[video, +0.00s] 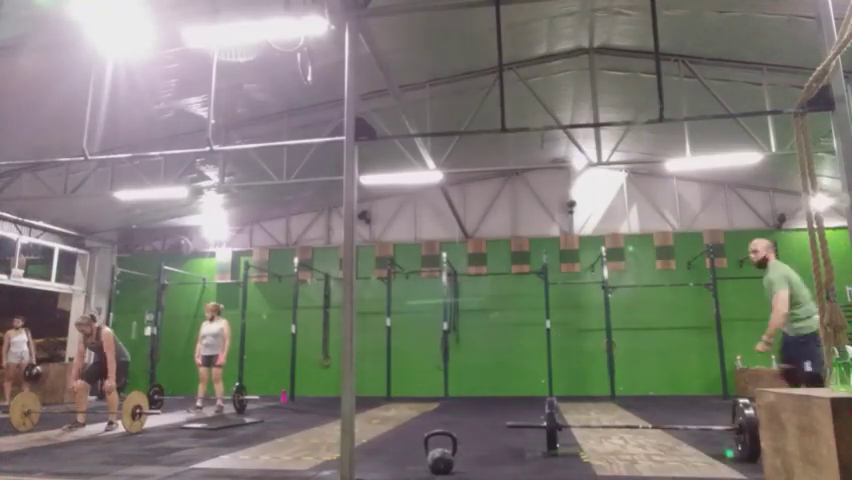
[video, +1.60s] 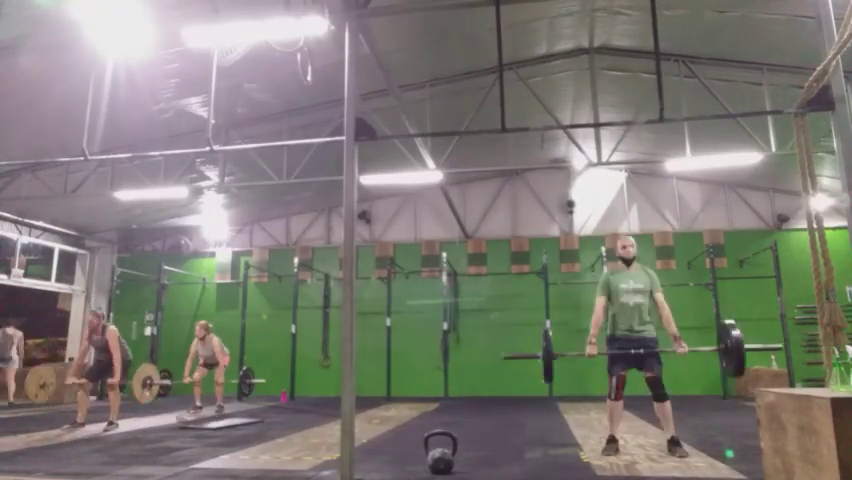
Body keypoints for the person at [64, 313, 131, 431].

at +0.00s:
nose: (82, 332)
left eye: (83, 329)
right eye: (80, 330)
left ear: (91, 325)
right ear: (80, 329)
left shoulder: (105, 333)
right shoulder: (84, 336)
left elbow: (111, 357)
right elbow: (80, 357)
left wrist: (111, 379)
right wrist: (74, 379)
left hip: (119, 360)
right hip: (102, 361)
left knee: (109, 387)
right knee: (81, 385)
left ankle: (112, 421)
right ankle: (80, 420)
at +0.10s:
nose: (83, 343)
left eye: (84, 340)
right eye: (81, 341)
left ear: (91, 334)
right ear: (79, 338)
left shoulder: (104, 338)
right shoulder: (83, 343)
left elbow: (107, 364)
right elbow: (76, 367)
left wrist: (108, 389)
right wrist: (67, 391)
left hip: (120, 363)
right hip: (102, 364)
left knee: (111, 385)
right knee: (81, 385)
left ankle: (112, 420)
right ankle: (80, 420)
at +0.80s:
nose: (84, 332)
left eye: (87, 329)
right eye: (82, 329)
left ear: (96, 329)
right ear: (81, 330)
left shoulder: (107, 339)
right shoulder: (84, 340)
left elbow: (113, 363)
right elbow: (78, 362)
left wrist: (115, 388)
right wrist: (70, 385)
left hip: (120, 362)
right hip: (102, 362)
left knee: (110, 385)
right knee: (81, 385)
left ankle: (112, 421)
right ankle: (80, 421)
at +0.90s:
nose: (90, 314)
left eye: (93, 311)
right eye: (88, 311)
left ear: (101, 312)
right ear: (87, 312)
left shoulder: (109, 324)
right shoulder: (88, 325)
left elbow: (116, 348)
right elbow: (81, 346)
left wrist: (117, 369)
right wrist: (71, 367)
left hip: (113, 356)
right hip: (99, 356)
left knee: (111, 385)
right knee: (84, 383)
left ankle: (112, 421)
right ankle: (80, 420)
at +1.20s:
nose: (87, 322)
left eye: (90, 319)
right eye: (86, 319)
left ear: (98, 318)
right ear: (85, 318)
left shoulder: (109, 327)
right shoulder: (87, 328)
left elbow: (116, 350)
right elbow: (80, 349)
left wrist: (117, 372)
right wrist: (71, 371)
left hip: (118, 357)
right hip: (101, 357)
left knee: (113, 384)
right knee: (86, 384)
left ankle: (113, 420)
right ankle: (80, 420)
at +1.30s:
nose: (85, 339)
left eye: (87, 336)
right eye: (83, 336)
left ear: (96, 333)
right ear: (82, 335)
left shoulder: (108, 340)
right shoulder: (85, 342)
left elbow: (114, 364)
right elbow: (77, 363)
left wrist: (114, 386)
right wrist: (67, 386)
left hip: (121, 364)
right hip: (102, 365)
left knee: (110, 385)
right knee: (81, 386)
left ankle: (113, 421)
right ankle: (80, 421)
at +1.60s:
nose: (90, 323)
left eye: (92, 320)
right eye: (89, 320)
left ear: (100, 321)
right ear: (89, 320)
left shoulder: (110, 331)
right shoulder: (90, 332)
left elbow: (117, 354)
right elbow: (82, 353)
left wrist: (117, 377)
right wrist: (73, 374)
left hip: (119, 360)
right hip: (101, 360)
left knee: (112, 385)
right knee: (83, 385)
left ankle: (113, 420)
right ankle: (80, 420)